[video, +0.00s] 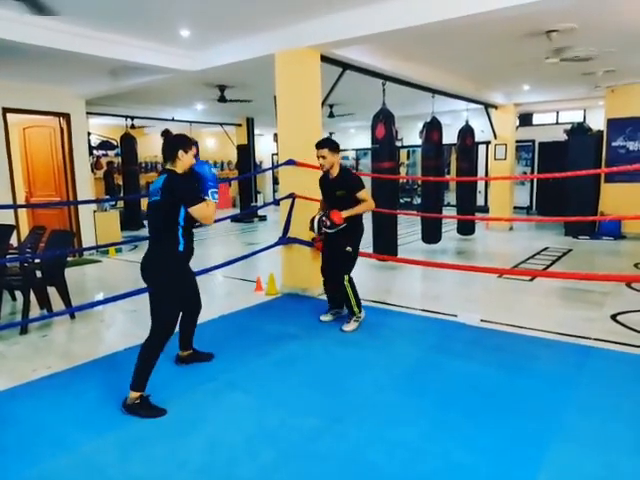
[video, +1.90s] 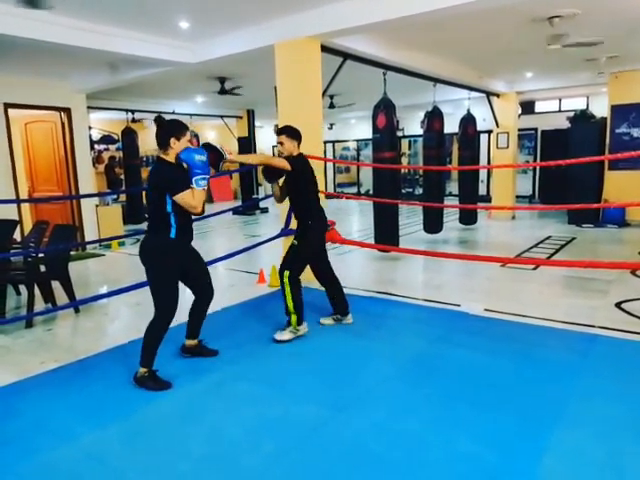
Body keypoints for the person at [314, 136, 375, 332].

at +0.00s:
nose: (320, 162)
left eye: (323, 157)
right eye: (318, 158)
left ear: (336, 156)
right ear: (319, 158)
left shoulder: (351, 178)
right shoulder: (323, 180)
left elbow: (369, 204)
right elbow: (325, 204)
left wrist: (344, 214)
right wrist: (319, 218)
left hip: (351, 229)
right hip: (332, 229)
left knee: (342, 271)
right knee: (327, 270)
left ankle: (357, 313)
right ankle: (336, 307)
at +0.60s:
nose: (309, 164)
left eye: (312, 159)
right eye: (307, 160)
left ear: (326, 157)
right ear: (309, 161)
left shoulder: (339, 180)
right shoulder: (312, 183)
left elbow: (341, 214)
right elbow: (303, 212)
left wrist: (311, 204)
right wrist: (295, 203)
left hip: (344, 233)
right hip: (326, 231)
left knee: (327, 281)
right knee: (318, 275)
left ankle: (336, 339)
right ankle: (336, 304)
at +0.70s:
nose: (309, 158)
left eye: (311, 153)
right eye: (307, 155)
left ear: (324, 152)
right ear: (309, 155)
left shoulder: (337, 174)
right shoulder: (316, 175)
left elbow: (324, 198)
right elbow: (291, 197)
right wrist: (287, 175)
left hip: (343, 231)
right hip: (327, 229)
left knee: (328, 281)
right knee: (315, 274)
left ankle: (337, 338)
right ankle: (338, 307)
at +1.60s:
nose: (294, 147)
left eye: (297, 142)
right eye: (293, 143)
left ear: (311, 141)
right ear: (304, 143)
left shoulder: (321, 163)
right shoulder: (305, 164)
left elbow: (304, 186)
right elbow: (283, 186)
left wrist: (280, 167)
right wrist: (278, 169)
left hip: (328, 227)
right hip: (316, 226)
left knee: (327, 278)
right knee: (325, 275)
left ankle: (339, 332)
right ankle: (339, 313)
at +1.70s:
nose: (292, 147)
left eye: (295, 142)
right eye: (291, 143)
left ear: (308, 141)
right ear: (301, 143)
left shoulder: (314, 162)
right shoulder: (307, 164)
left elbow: (281, 165)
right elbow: (288, 192)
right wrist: (282, 170)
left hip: (323, 225)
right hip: (318, 224)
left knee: (317, 277)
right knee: (326, 271)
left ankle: (337, 331)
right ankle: (343, 313)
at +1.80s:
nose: (287, 147)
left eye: (290, 142)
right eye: (286, 143)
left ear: (303, 141)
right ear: (300, 143)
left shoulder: (305, 161)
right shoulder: (305, 164)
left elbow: (269, 159)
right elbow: (288, 195)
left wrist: (236, 157)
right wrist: (281, 175)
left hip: (317, 223)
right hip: (318, 221)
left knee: (301, 273)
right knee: (325, 269)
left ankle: (325, 324)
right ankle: (342, 312)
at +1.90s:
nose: (278, 148)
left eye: (281, 143)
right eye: (278, 144)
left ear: (294, 143)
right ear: (290, 144)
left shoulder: (298, 163)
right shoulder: (295, 166)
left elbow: (263, 159)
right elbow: (280, 198)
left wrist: (231, 158)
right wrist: (274, 179)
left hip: (309, 227)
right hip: (314, 225)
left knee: (287, 272)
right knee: (323, 270)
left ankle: (296, 325)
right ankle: (342, 313)